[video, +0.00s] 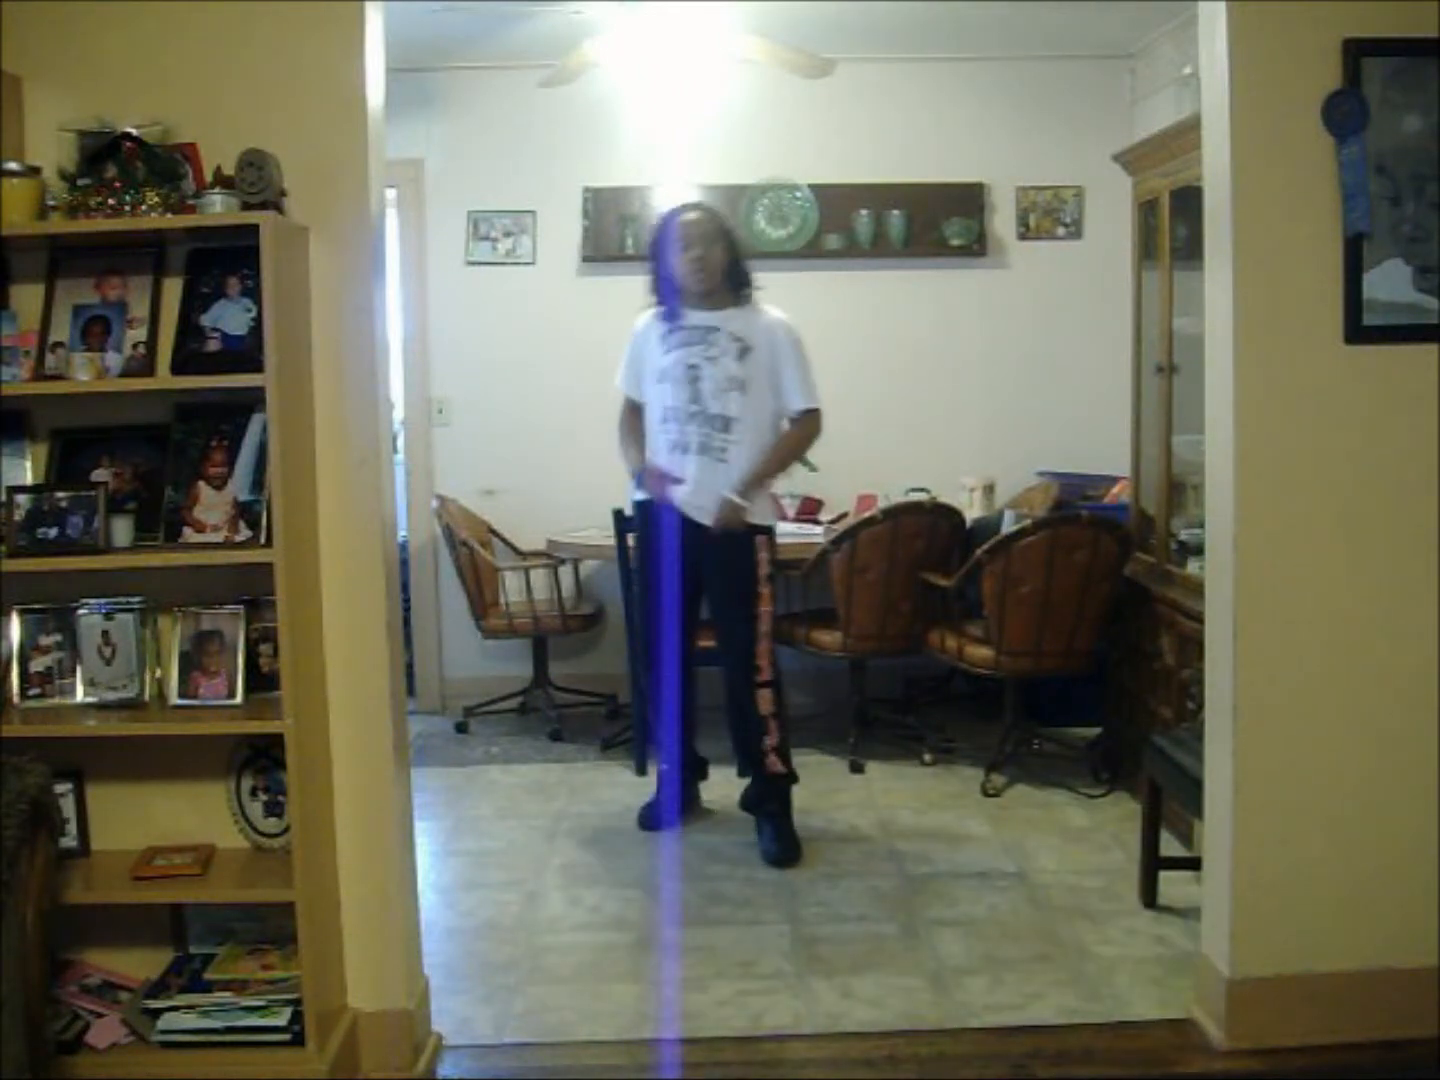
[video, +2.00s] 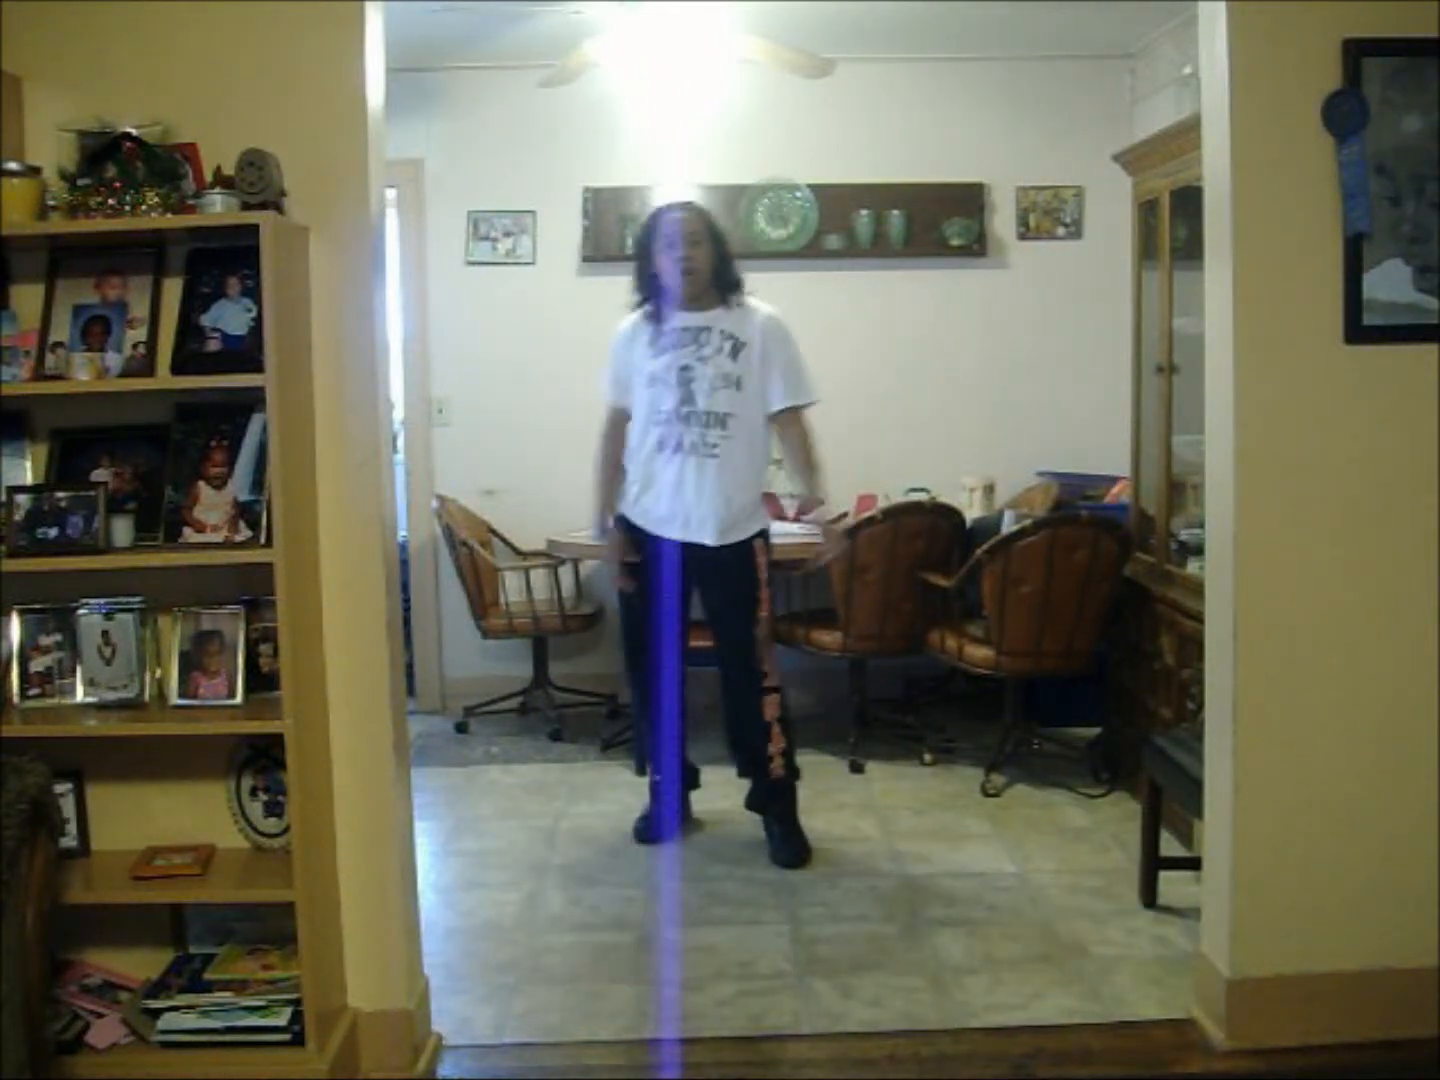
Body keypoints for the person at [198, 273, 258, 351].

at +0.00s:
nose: (233, 288)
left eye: (235, 285)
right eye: (230, 285)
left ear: (240, 287)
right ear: (225, 287)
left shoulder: (247, 303)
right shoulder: (222, 304)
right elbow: (205, 320)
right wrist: (210, 334)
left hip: (244, 338)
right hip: (225, 337)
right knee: (212, 341)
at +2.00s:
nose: (233, 288)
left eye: (236, 285)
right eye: (230, 285)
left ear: (240, 287)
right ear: (225, 287)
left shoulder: (247, 303)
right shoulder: (221, 304)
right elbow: (205, 320)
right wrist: (210, 335)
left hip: (243, 338)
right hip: (224, 338)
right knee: (212, 340)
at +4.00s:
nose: (233, 289)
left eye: (235, 285)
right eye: (230, 286)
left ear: (240, 287)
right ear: (226, 288)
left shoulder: (247, 304)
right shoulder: (221, 304)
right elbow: (205, 320)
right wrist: (210, 335)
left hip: (244, 338)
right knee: (212, 342)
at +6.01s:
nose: (234, 289)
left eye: (236, 286)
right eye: (230, 287)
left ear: (240, 288)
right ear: (226, 289)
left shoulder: (247, 304)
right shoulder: (221, 304)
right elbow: (205, 320)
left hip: (244, 338)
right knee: (212, 341)